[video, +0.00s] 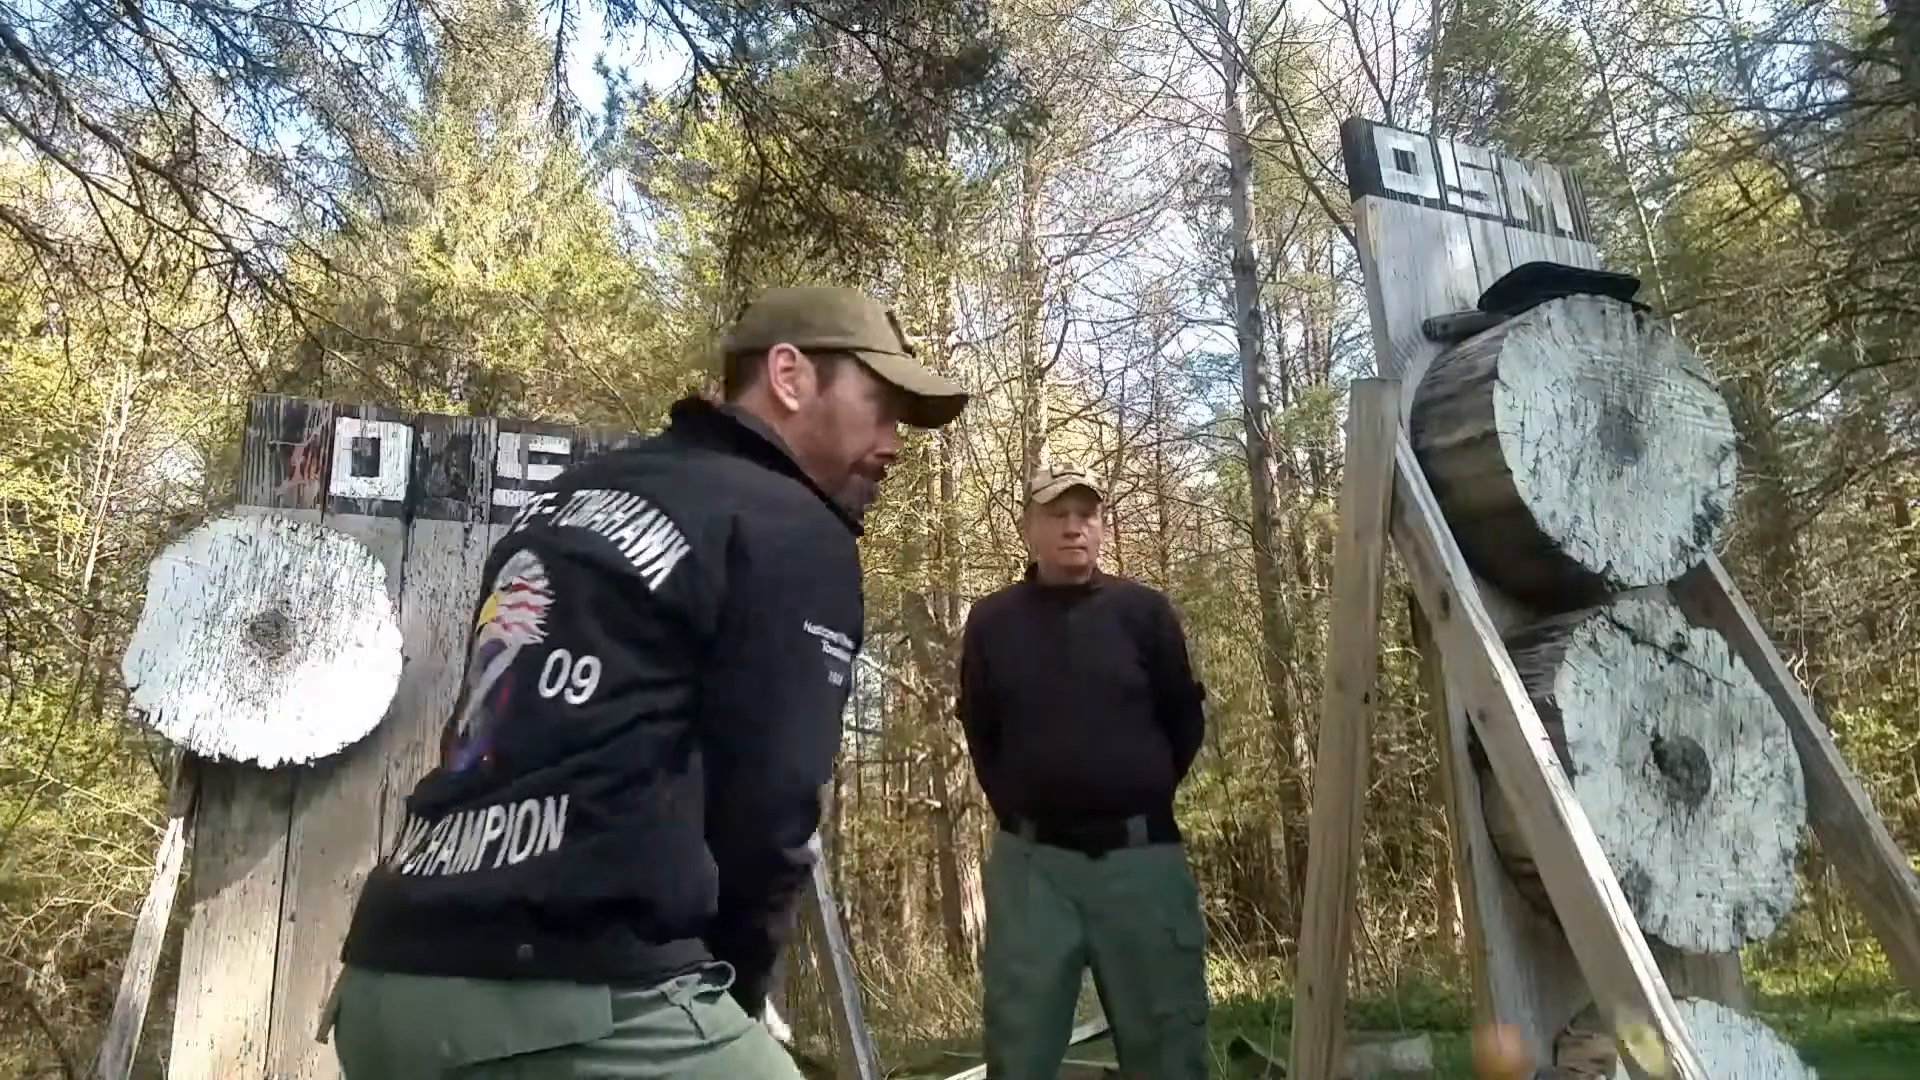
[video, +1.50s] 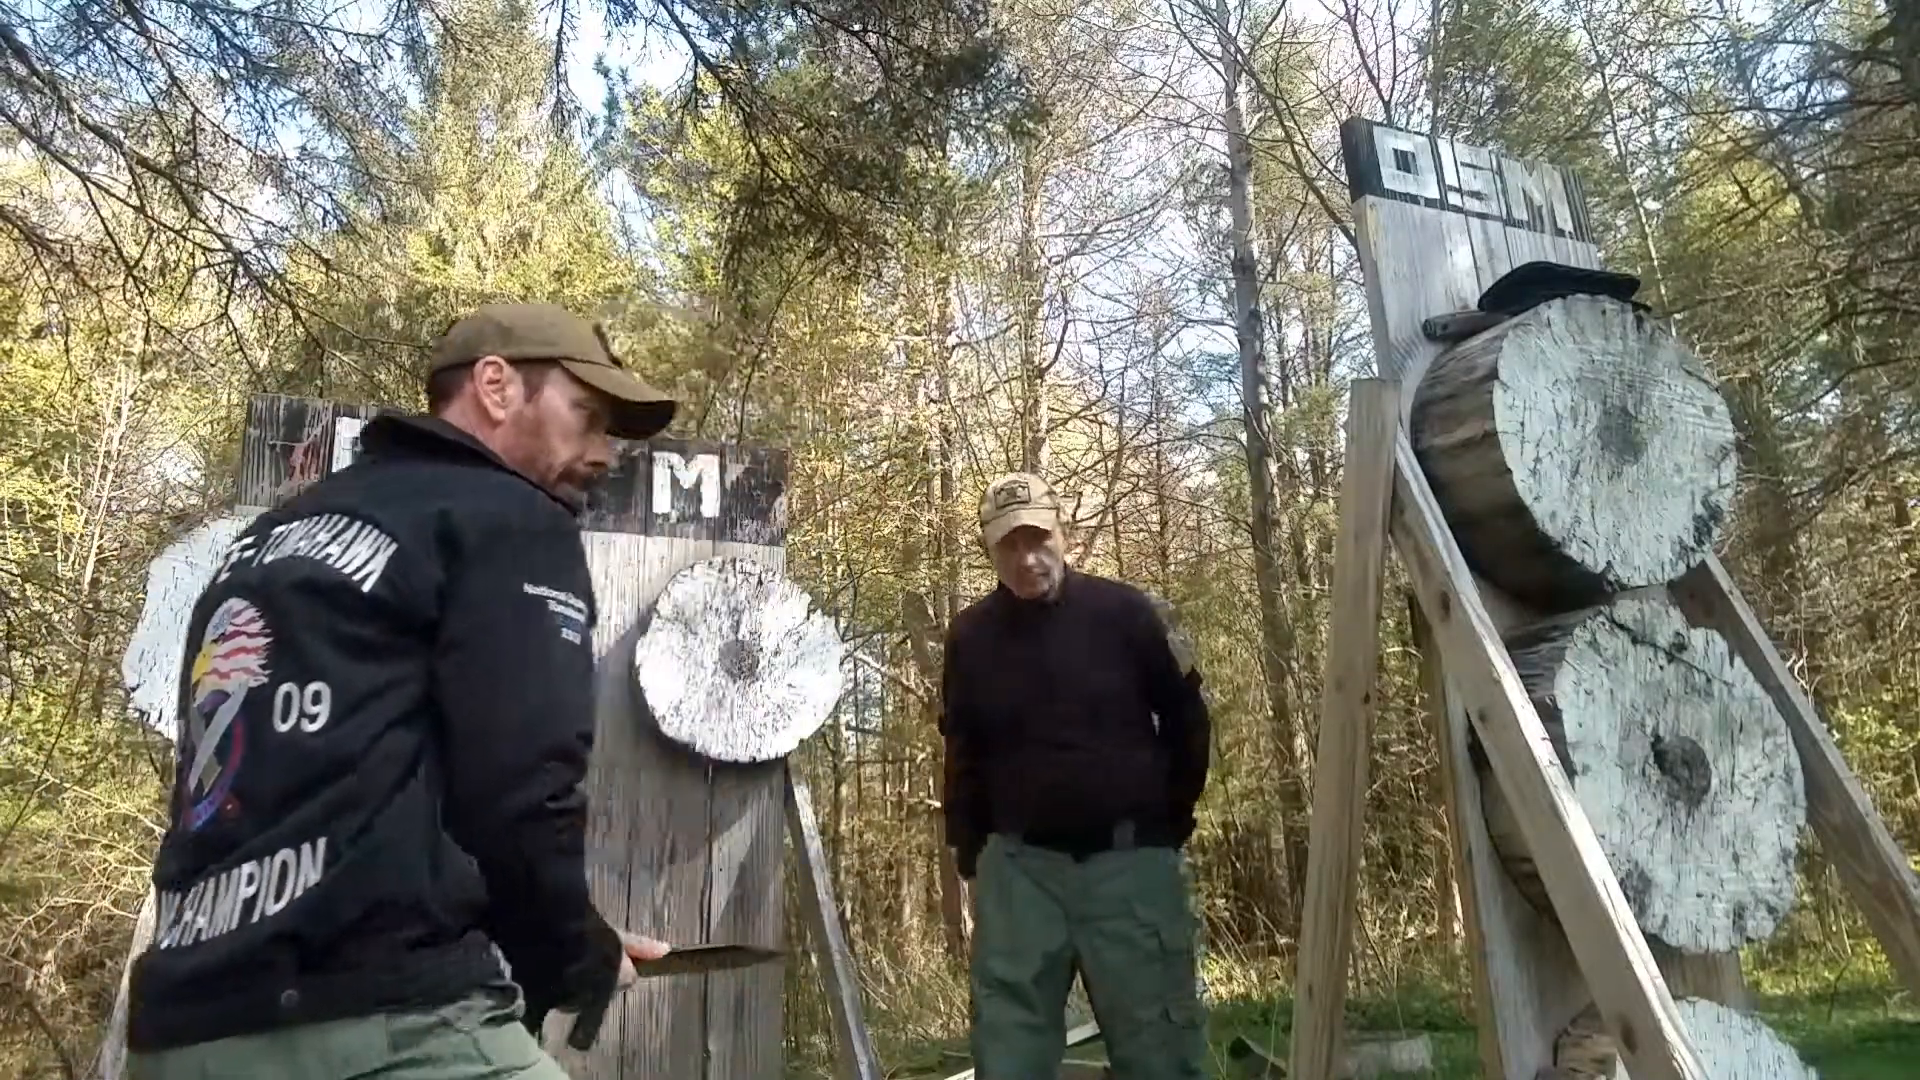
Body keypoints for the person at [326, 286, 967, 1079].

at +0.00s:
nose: (896, 446)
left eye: (901, 420)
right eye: (881, 407)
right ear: (788, 377)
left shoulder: (578, 486)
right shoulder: (793, 528)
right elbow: (769, 811)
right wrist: (737, 996)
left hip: (390, 984)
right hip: (592, 997)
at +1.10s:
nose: (837, 478)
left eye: (844, 451)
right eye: (829, 436)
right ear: (741, 392)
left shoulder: (498, 499)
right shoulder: (740, 534)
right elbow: (723, 813)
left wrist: (731, 935)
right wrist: (724, 974)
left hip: (345, 1021)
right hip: (566, 1022)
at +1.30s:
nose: (751, 458)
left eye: (756, 430)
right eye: (739, 416)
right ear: (650, 381)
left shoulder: (419, 506)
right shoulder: (662, 519)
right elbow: (656, 797)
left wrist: (680, 928)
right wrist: (685, 966)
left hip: (298, 1016)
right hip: (512, 1008)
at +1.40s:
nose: (684, 456)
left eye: (690, 430)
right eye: (669, 417)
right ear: (577, 385)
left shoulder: (352, 519)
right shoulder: (591, 519)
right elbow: (593, 795)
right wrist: (640, 967)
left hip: (252, 1017)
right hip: (456, 1008)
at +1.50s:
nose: (605, 455)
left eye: (609, 429)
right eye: (586, 413)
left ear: (492, 393)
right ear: (497, 389)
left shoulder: (271, 527)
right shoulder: (508, 518)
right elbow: (514, 794)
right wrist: (581, 964)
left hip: (182, 1023)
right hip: (385, 1012)